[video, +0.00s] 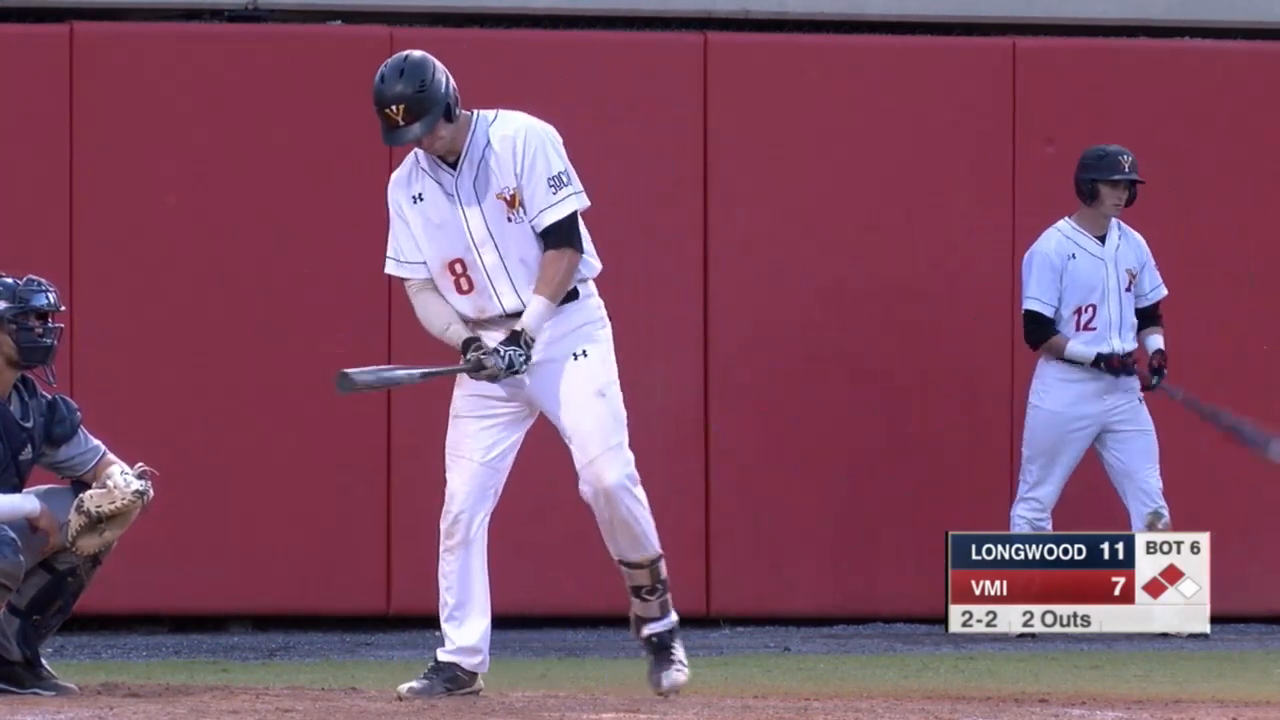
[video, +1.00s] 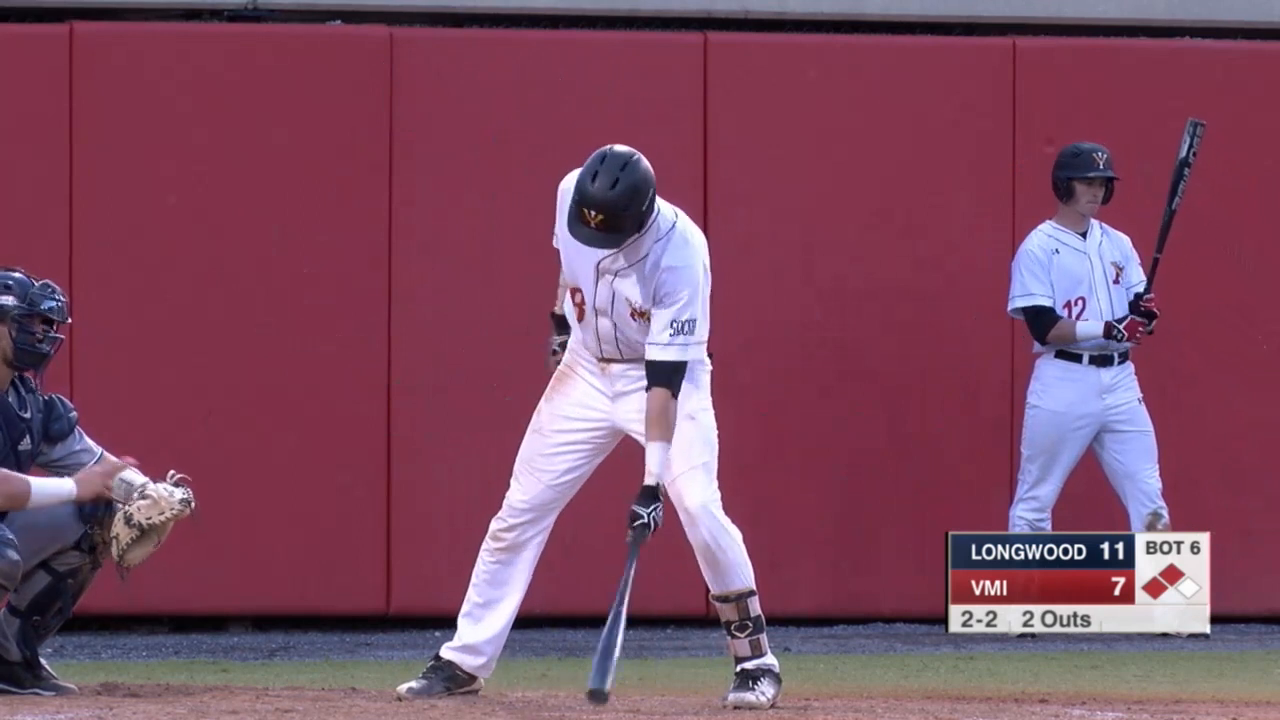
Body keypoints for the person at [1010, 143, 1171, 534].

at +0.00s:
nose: (1122, 195)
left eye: (1127, 186)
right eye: (1114, 185)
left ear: (1131, 190)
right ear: (1088, 186)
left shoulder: (1133, 244)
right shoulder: (1049, 249)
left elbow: (1148, 314)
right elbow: (1036, 332)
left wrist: (1156, 353)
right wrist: (1097, 358)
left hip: (1123, 391)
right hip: (1063, 391)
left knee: (1152, 510)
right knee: (1034, 507)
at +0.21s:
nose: (1115, 194)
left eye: (1119, 185)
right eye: (1106, 184)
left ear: (1122, 189)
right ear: (1079, 186)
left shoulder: (1123, 243)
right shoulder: (1044, 248)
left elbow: (1145, 306)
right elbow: (1039, 331)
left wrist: (1147, 326)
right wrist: (1096, 343)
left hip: (1120, 388)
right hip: (1061, 389)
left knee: (1150, 507)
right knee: (1033, 506)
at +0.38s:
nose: (1107, 196)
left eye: (1112, 188)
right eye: (1098, 186)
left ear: (1117, 190)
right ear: (1073, 186)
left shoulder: (1119, 244)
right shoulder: (1041, 247)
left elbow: (1140, 311)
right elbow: (1038, 331)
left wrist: (1147, 324)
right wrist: (1094, 336)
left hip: (1119, 388)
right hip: (1061, 388)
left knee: (1150, 508)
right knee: (1033, 506)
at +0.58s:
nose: (1101, 199)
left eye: (1107, 191)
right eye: (1093, 190)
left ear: (1112, 192)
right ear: (1069, 189)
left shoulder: (1118, 245)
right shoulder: (1037, 248)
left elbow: (1140, 314)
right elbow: (1034, 329)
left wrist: (1152, 322)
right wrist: (1083, 331)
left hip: (1119, 385)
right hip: (1062, 385)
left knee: (1150, 505)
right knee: (1034, 505)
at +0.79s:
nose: (1098, 194)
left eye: (1104, 186)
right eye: (1090, 186)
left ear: (1109, 189)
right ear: (1066, 186)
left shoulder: (1118, 245)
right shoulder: (1037, 247)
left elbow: (1141, 316)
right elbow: (1036, 328)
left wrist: (1148, 318)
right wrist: (1094, 327)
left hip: (1120, 384)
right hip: (1062, 383)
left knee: (1150, 505)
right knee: (1034, 505)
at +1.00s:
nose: (1097, 191)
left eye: (1103, 183)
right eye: (1088, 182)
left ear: (1108, 188)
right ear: (1064, 185)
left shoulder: (1119, 244)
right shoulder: (1037, 248)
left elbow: (1138, 308)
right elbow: (1045, 328)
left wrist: (1143, 316)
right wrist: (1110, 330)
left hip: (1120, 384)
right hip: (1062, 384)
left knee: (1150, 505)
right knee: (1034, 505)